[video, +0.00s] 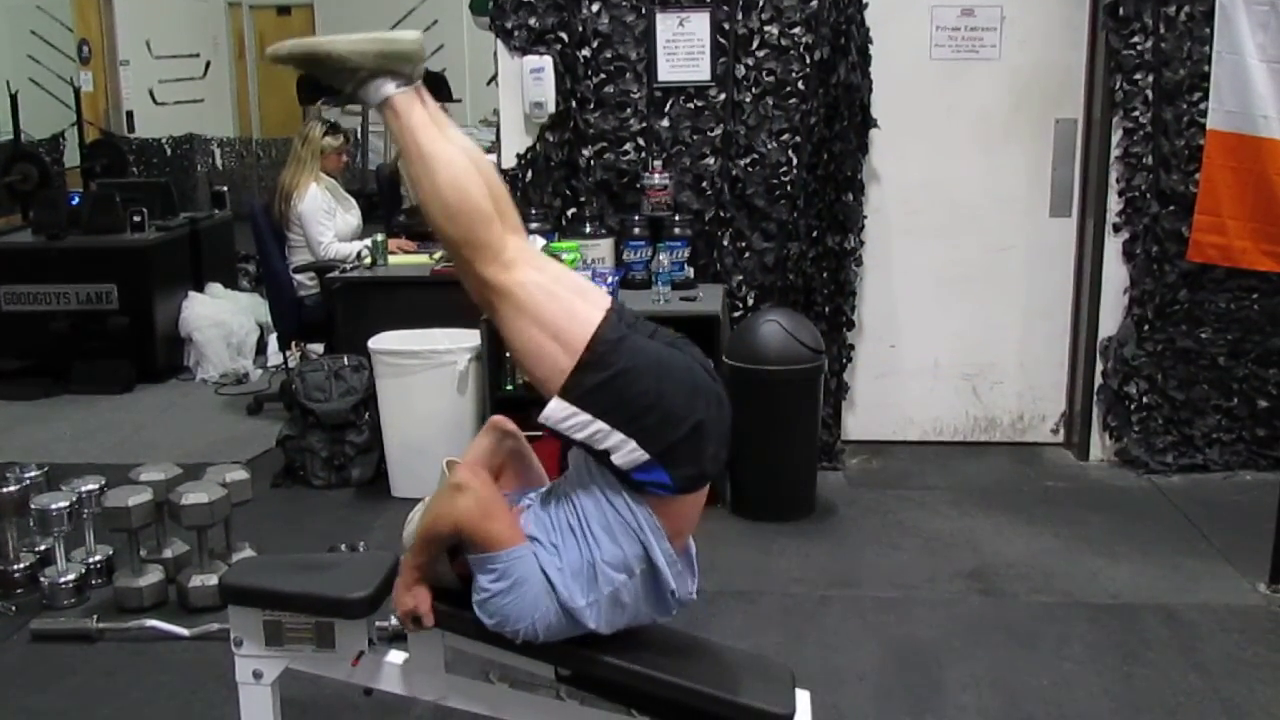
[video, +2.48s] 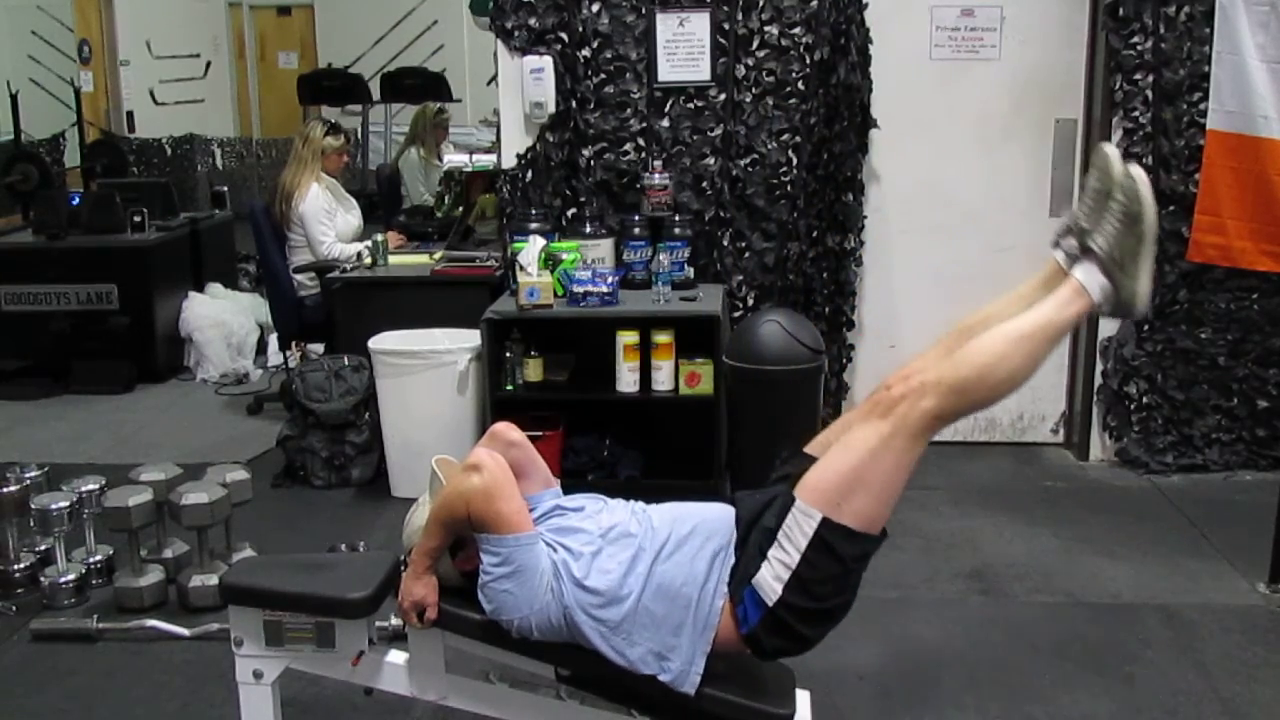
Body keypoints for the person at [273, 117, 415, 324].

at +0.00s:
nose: (345, 160)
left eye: (345, 153)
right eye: (339, 154)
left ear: (324, 156)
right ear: (320, 155)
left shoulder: (323, 186)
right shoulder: (311, 191)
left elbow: (334, 244)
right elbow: (325, 251)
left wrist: (381, 243)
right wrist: (380, 245)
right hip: (318, 292)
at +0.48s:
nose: (345, 159)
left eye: (346, 153)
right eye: (339, 154)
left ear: (324, 155)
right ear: (319, 154)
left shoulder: (323, 186)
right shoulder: (311, 192)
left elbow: (335, 243)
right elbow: (325, 251)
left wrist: (380, 244)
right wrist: (379, 246)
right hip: (319, 293)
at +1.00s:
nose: (345, 160)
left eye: (345, 153)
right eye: (339, 154)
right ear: (319, 155)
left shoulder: (323, 186)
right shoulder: (310, 192)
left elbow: (335, 242)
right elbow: (325, 251)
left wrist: (380, 243)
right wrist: (379, 245)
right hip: (318, 292)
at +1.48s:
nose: (346, 159)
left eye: (346, 153)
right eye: (340, 154)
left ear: (322, 155)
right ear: (320, 154)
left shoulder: (324, 186)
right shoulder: (312, 193)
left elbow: (333, 245)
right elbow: (324, 252)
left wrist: (378, 242)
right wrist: (378, 245)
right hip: (319, 293)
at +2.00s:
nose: (346, 160)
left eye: (346, 153)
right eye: (340, 154)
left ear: (323, 155)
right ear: (320, 155)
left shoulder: (323, 186)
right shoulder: (312, 192)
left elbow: (332, 245)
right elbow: (326, 251)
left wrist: (377, 243)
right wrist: (378, 245)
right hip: (318, 292)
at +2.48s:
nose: (346, 159)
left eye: (346, 153)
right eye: (340, 154)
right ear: (320, 154)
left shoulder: (324, 185)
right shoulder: (312, 192)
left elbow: (333, 245)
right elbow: (326, 251)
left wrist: (377, 243)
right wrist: (378, 245)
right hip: (318, 293)